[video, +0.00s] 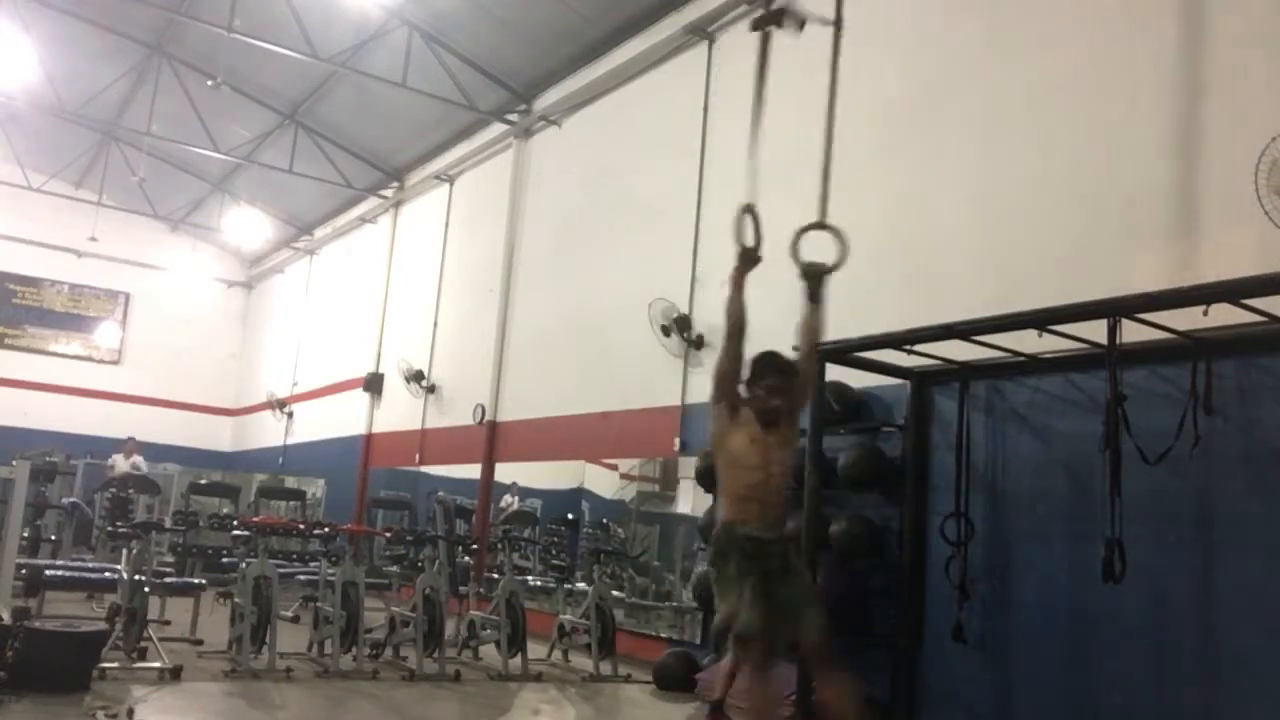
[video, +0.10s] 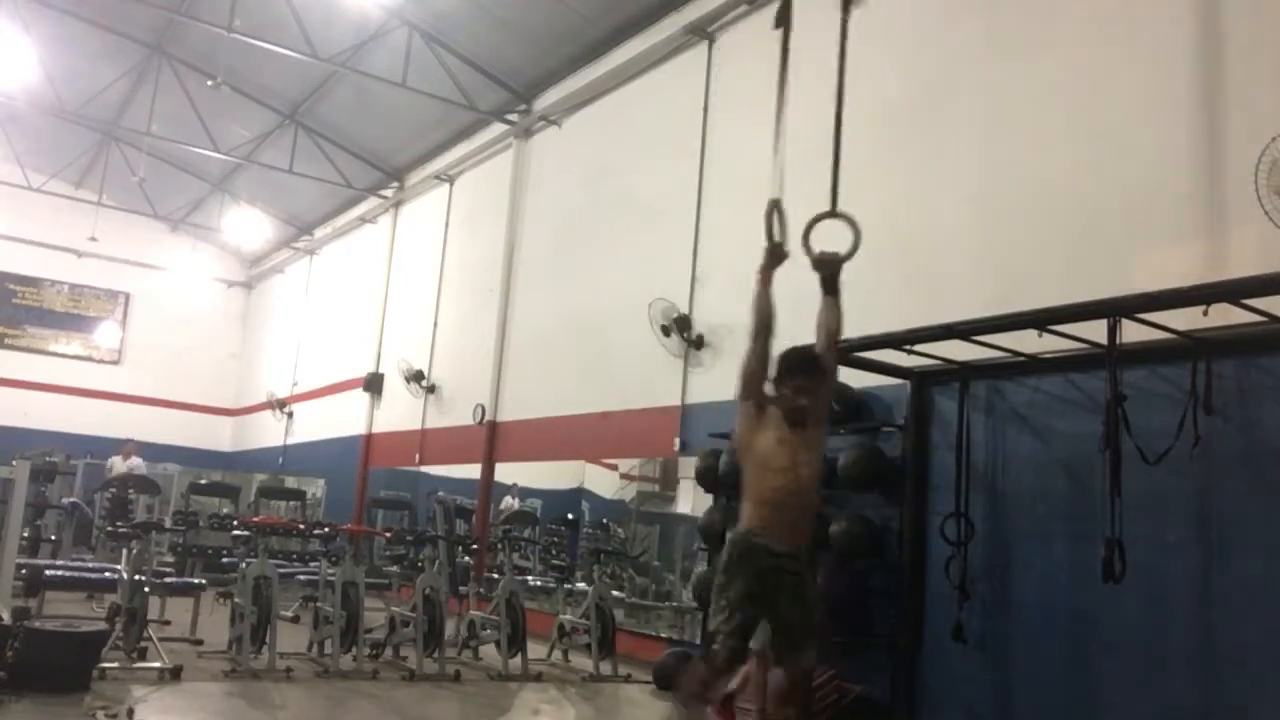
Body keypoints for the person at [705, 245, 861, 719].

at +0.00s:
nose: (772, 398)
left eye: (780, 391)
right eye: (765, 390)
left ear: (790, 394)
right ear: (750, 389)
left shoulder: (786, 422)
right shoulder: (729, 419)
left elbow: (809, 358)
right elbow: (733, 340)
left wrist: (813, 293)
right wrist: (739, 278)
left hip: (778, 545)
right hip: (735, 544)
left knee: (810, 639)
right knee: (750, 642)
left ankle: (814, 700)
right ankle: (729, 706)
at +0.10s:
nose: (802, 402)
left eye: (811, 394)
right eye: (794, 392)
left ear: (820, 393)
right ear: (776, 387)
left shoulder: (814, 426)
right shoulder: (754, 417)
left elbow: (828, 349)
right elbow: (759, 337)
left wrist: (830, 281)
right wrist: (766, 274)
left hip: (796, 562)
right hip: (748, 555)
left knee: (795, 672)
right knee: (721, 660)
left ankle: (774, 714)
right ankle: (685, 706)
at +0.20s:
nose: (830, 400)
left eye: (838, 392)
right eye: (822, 389)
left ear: (848, 392)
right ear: (803, 384)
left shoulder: (840, 417)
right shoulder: (778, 411)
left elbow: (855, 341)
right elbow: (779, 332)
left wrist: (856, 275)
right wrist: (782, 265)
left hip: (806, 565)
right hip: (759, 554)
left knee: (790, 646)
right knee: (710, 628)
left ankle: (754, 694)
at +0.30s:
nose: (856, 391)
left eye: (865, 382)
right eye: (847, 379)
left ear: (872, 383)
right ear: (820, 372)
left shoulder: (859, 411)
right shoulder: (795, 404)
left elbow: (884, 332)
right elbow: (795, 321)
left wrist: (889, 266)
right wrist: (802, 252)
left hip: (805, 550)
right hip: (760, 533)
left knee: (783, 606)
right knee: (692, 578)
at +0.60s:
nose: (888, 378)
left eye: (895, 369)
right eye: (880, 367)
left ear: (902, 369)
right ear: (853, 360)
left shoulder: (887, 398)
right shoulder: (821, 392)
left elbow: (915, 324)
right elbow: (818, 308)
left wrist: (918, 256)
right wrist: (823, 240)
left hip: (817, 536)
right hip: (776, 514)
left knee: (782, 606)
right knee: (701, 543)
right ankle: (672, 476)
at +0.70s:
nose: (881, 381)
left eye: (887, 372)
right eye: (872, 370)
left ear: (893, 374)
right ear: (846, 367)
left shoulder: (882, 407)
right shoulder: (818, 400)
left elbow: (902, 331)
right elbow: (819, 319)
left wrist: (902, 264)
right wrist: (820, 251)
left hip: (821, 557)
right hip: (779, 539)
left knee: (776, 612)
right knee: (729, 596)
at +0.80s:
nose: (862, 386)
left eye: (868, 378)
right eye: (853, 376)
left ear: (875, 384)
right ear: (830, 375)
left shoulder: (867, 416)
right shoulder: (807, 410)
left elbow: (881, 339)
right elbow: (810, 327)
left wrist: (882, 273)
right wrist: (810, 263)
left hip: (823, 568)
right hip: (783, 558)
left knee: (781, 672)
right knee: (745, 667)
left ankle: (742, 708)